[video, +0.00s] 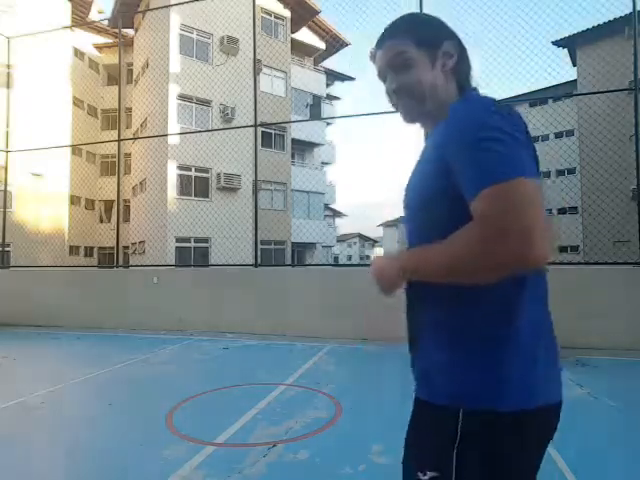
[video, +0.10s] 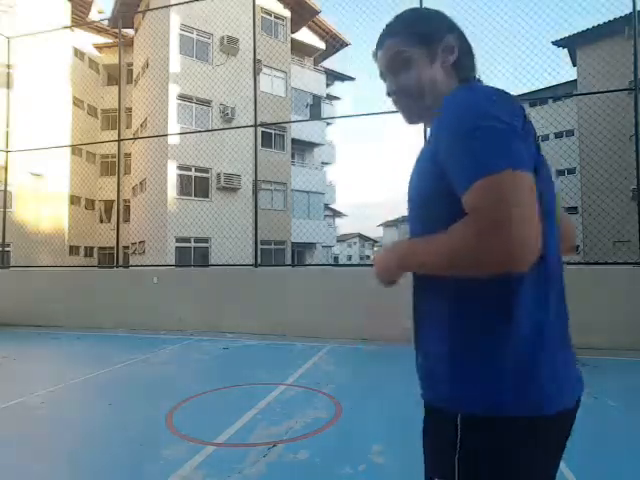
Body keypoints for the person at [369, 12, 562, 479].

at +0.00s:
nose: (390, 88)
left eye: (400, 69)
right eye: (384, 79)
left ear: (446, 59)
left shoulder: (477, 121)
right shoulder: (453, 132)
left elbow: (521, 240)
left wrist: (404, 265)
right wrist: (411, 259)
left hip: (486, 400)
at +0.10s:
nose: (391, 88)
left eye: (401, 68)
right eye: (385, 78)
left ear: (447, 53)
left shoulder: (470, 108)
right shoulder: (503, 113)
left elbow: (511, 239)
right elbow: (561, 234)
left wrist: (404, 254)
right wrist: (440, 244)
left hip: (487, 402)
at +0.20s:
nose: (395, 113)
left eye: (402, 94)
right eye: (392, 102)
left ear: (452, 73)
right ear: (453, 73)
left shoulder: (479, 148)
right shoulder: (521, 151)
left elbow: (477, 295)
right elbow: (573, 273)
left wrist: (387, 299)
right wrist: (434, 302)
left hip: (494, 442)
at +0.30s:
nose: (403, 124)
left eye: (407, 106)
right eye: (401, 110)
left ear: (449, 86)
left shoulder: (477, 156)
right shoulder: (539, 163)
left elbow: (482, 298)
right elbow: (591, 272)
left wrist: (388, 308)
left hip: (494, 438)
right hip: (554, 429)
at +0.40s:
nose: (407, 108)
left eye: (407, 91)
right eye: (403, 95)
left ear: (437, 70)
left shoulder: (472, 125)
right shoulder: (534, 134)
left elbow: (510, 246)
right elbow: (589, 239)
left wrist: (416, 264)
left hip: (502, 401)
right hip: (558, 394)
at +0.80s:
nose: (427, 149)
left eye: (424, 136)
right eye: (422, 140)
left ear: (438, 116)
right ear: (482, 115)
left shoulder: (458, 155)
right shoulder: (543, 170)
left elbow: (460, 267)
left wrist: (414, 268)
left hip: (468, 397)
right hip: (549, 399)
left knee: (411, 472)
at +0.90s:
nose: (415, 139)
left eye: (413, 128)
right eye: (411, 131)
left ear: (425, 110)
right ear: (473, 110)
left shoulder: (438, 142)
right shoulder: (534, 161)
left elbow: (433, 249)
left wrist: (405, 240)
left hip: (452, 383)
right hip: (536, 386)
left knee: (414, 471)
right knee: (536, 472)